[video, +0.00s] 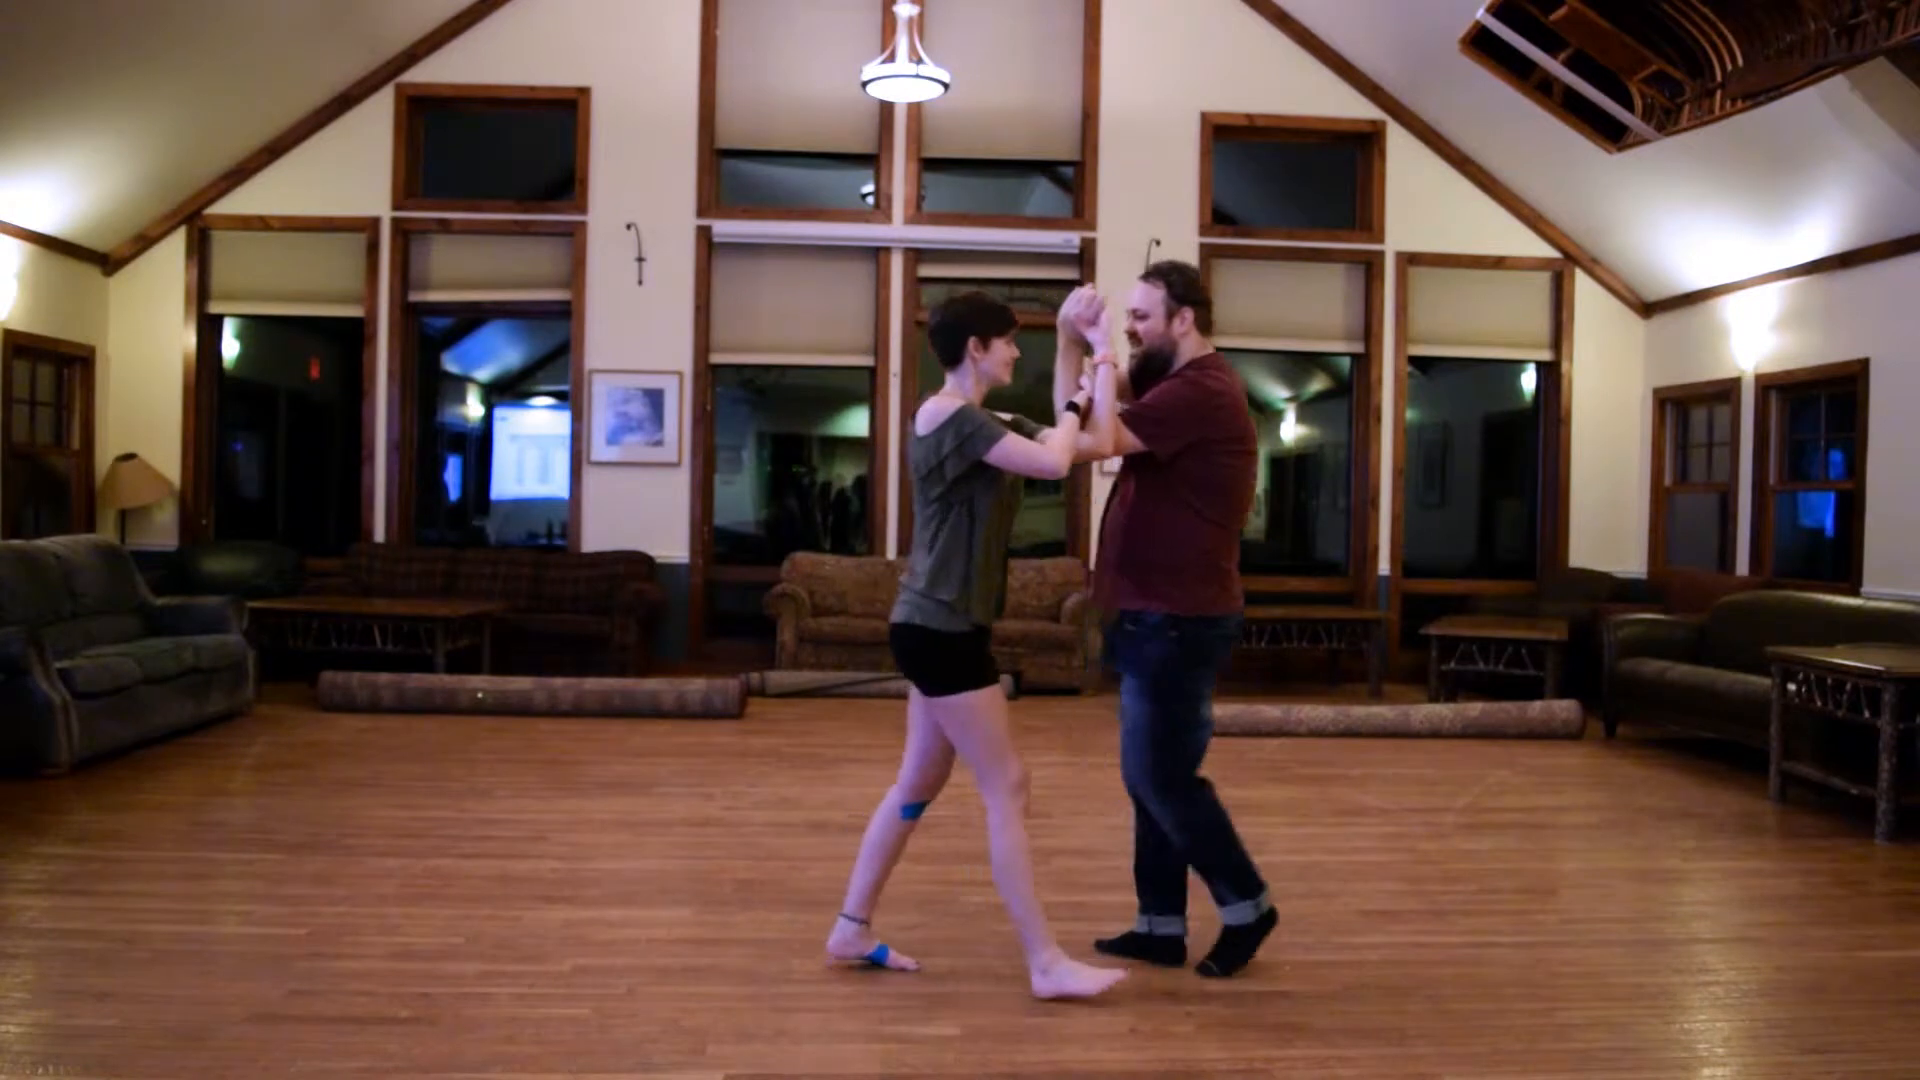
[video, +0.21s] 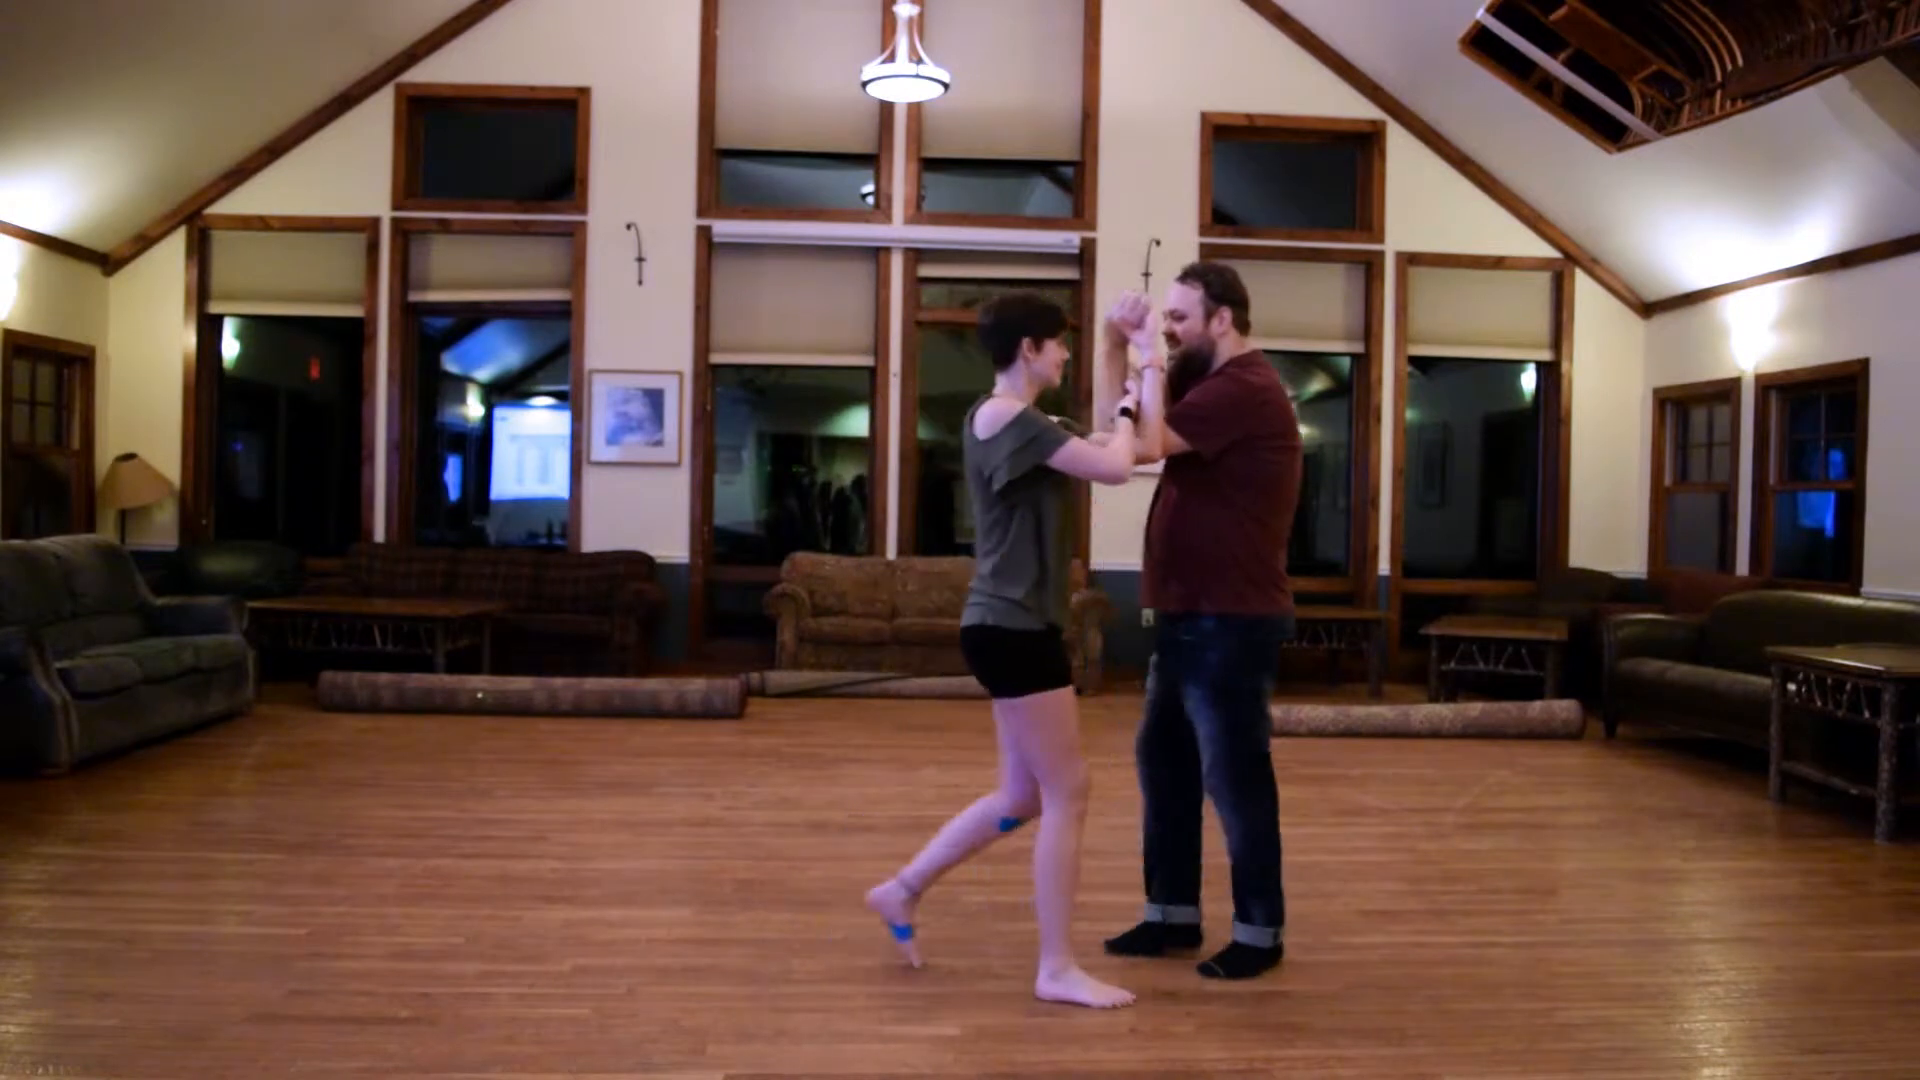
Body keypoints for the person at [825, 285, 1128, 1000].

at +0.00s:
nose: (1016, 353)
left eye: (1013, 341)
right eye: (1007, 342)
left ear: (965, 351)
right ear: (975, 349)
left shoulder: (941, 414)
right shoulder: (960, 423)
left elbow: (1055, 438)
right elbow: (1057, 460)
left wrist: (1073, 349)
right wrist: (1080, 392)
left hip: (930, 625)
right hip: (947, 633)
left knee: (915, 784)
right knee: (1005, 784)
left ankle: (850, 931)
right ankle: (1045, 963)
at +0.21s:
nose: (1063, 357)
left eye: (1062, 345)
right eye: (1059, 345)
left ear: (1015, 352)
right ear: (1032, 350)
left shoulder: (990, 418)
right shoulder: (1015, 425)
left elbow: (1102, 448)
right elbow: (1123, 462)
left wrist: (1111, 363)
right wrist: (1145, 372)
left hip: (999, 623)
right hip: (1020, 629)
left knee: (1020, 797)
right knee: (1067, 791)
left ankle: (902, 890)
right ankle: (1056, 969)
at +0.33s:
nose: (1098, 350)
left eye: (1095, 338)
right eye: (1092, 338)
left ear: (1048, 348)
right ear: (1065, 346)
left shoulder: (1036, 412)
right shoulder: (1047, 421)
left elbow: (1134, 436)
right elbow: (1158, 461)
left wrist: (1142, 351)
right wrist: (1179, 371)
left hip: (1061, 625)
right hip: (1046, 630)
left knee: (1112, 791)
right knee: (1084, 798)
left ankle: (982, 886)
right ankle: (1057, 971)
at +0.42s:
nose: (1118, 349)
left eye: (1117, 337)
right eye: (1113, 337)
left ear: (1066, 347)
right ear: (1086, 344)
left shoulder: (1053, 410)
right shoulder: (1071, 419)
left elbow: (1161, 438)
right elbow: (1187, 454)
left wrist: (1165, 356)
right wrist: (1198, 371)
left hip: (1084, 625)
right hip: (1064, 631)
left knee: (1142, 788)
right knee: (1090, 801)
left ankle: (1045, 913)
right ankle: (1055, 970)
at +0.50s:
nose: (1137, 347)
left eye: (1136, 335)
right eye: (1133, 335)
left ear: (1084, 344)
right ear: (1108, 341)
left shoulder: (1072, 408)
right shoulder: (1097, 414)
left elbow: (1178, 443)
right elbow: (1209, 452)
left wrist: (1185, 364)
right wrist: (1217, 374)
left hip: (1107, 623)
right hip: (1078, 627)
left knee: (1158, 784)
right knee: (1091, 797)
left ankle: (1123, 950)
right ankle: (1056, 970)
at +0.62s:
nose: (1166, 349)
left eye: (1165, 337)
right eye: (1162, 338)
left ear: (1110, 346)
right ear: (1143, 344)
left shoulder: (1101, 411)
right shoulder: (1136, 420)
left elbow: (1200, 425)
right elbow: (1243, 455)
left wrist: (1210, 345)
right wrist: (1243, 382)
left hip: (1131, 628)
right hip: (1107, 631)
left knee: (1173, 795)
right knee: (1096, 804)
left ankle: (1217, 958)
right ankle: (1055, 969)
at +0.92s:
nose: (1243, 356)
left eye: (1242, 345)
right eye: (1240, 345)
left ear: (1178, 349)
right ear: (1220, 348)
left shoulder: (1176, 417)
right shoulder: (1209, 418)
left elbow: (1270, 450)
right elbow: (1313, 482)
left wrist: (1262, 354)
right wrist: (1311, 393)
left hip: (1188, 629)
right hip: (1207, 634)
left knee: (1223, 809)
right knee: (1227, 810)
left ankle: (1239, 969)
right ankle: (1103, 933)